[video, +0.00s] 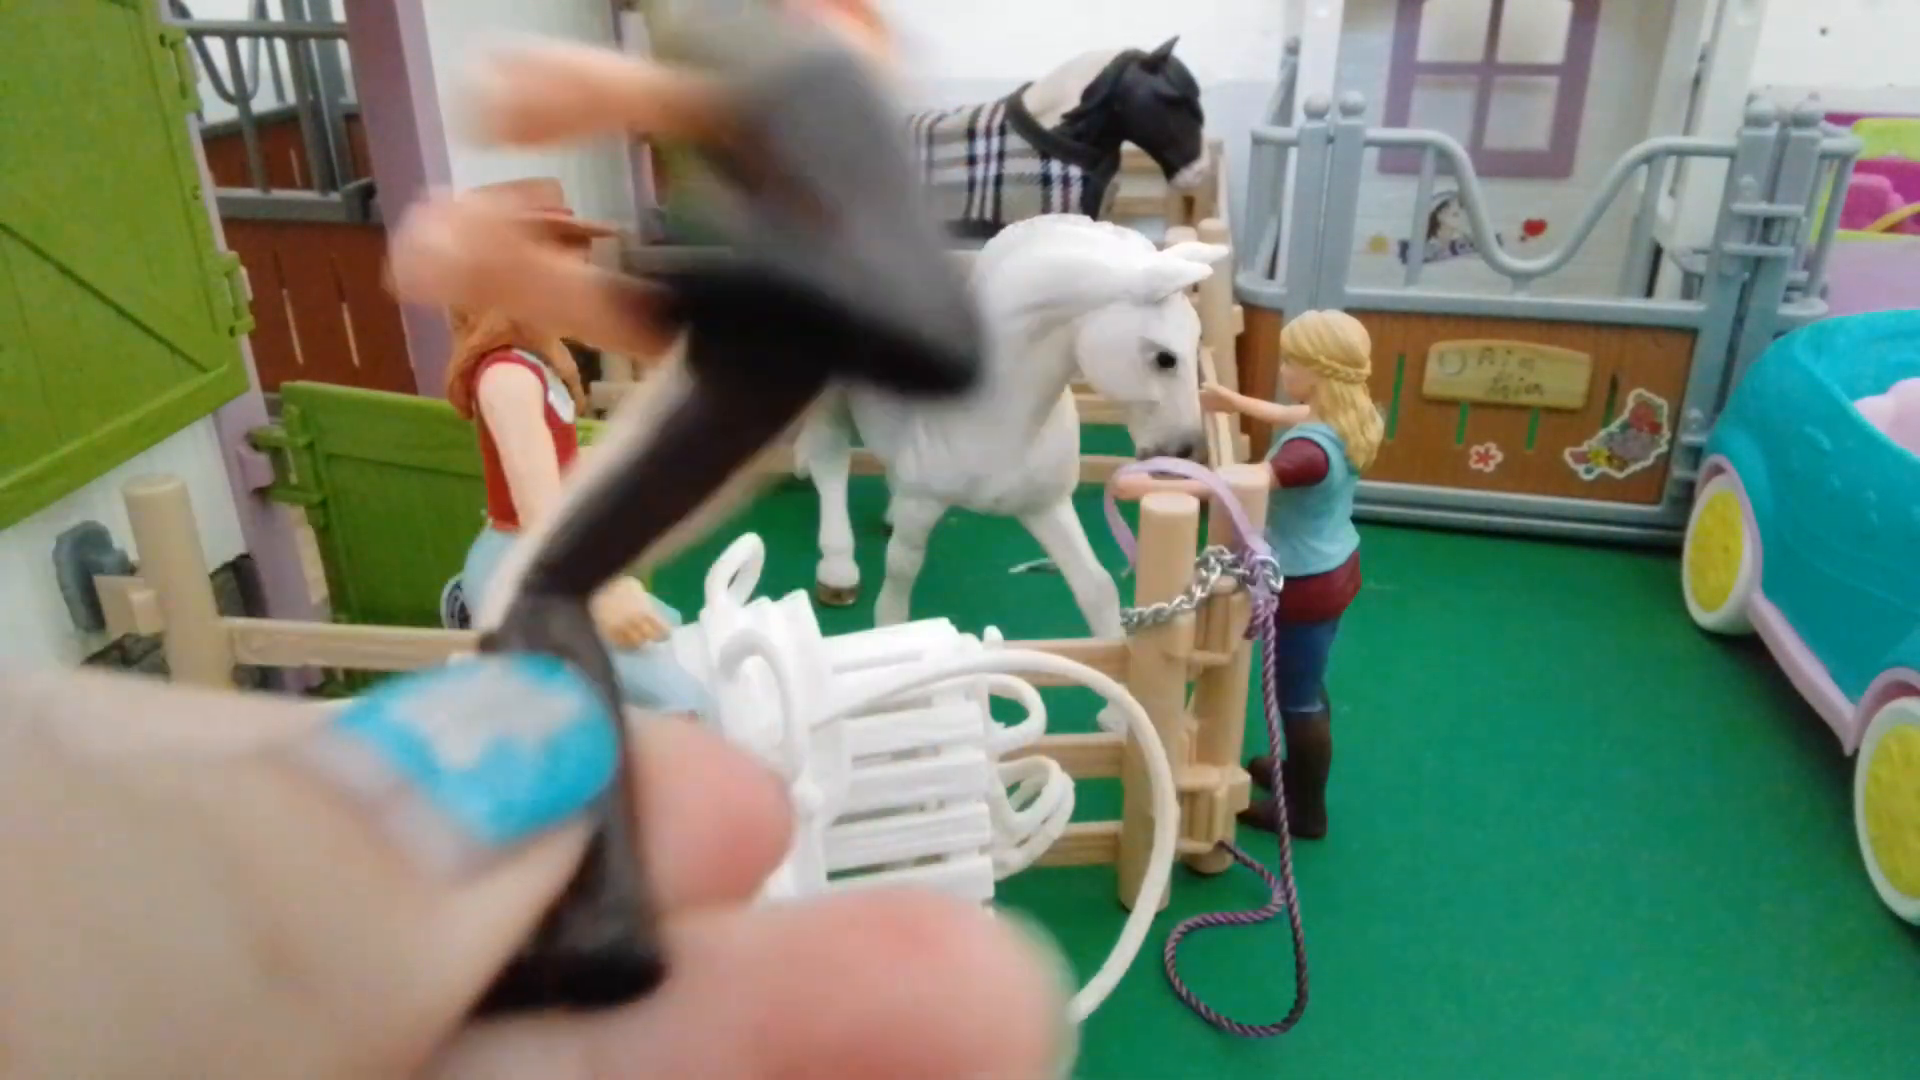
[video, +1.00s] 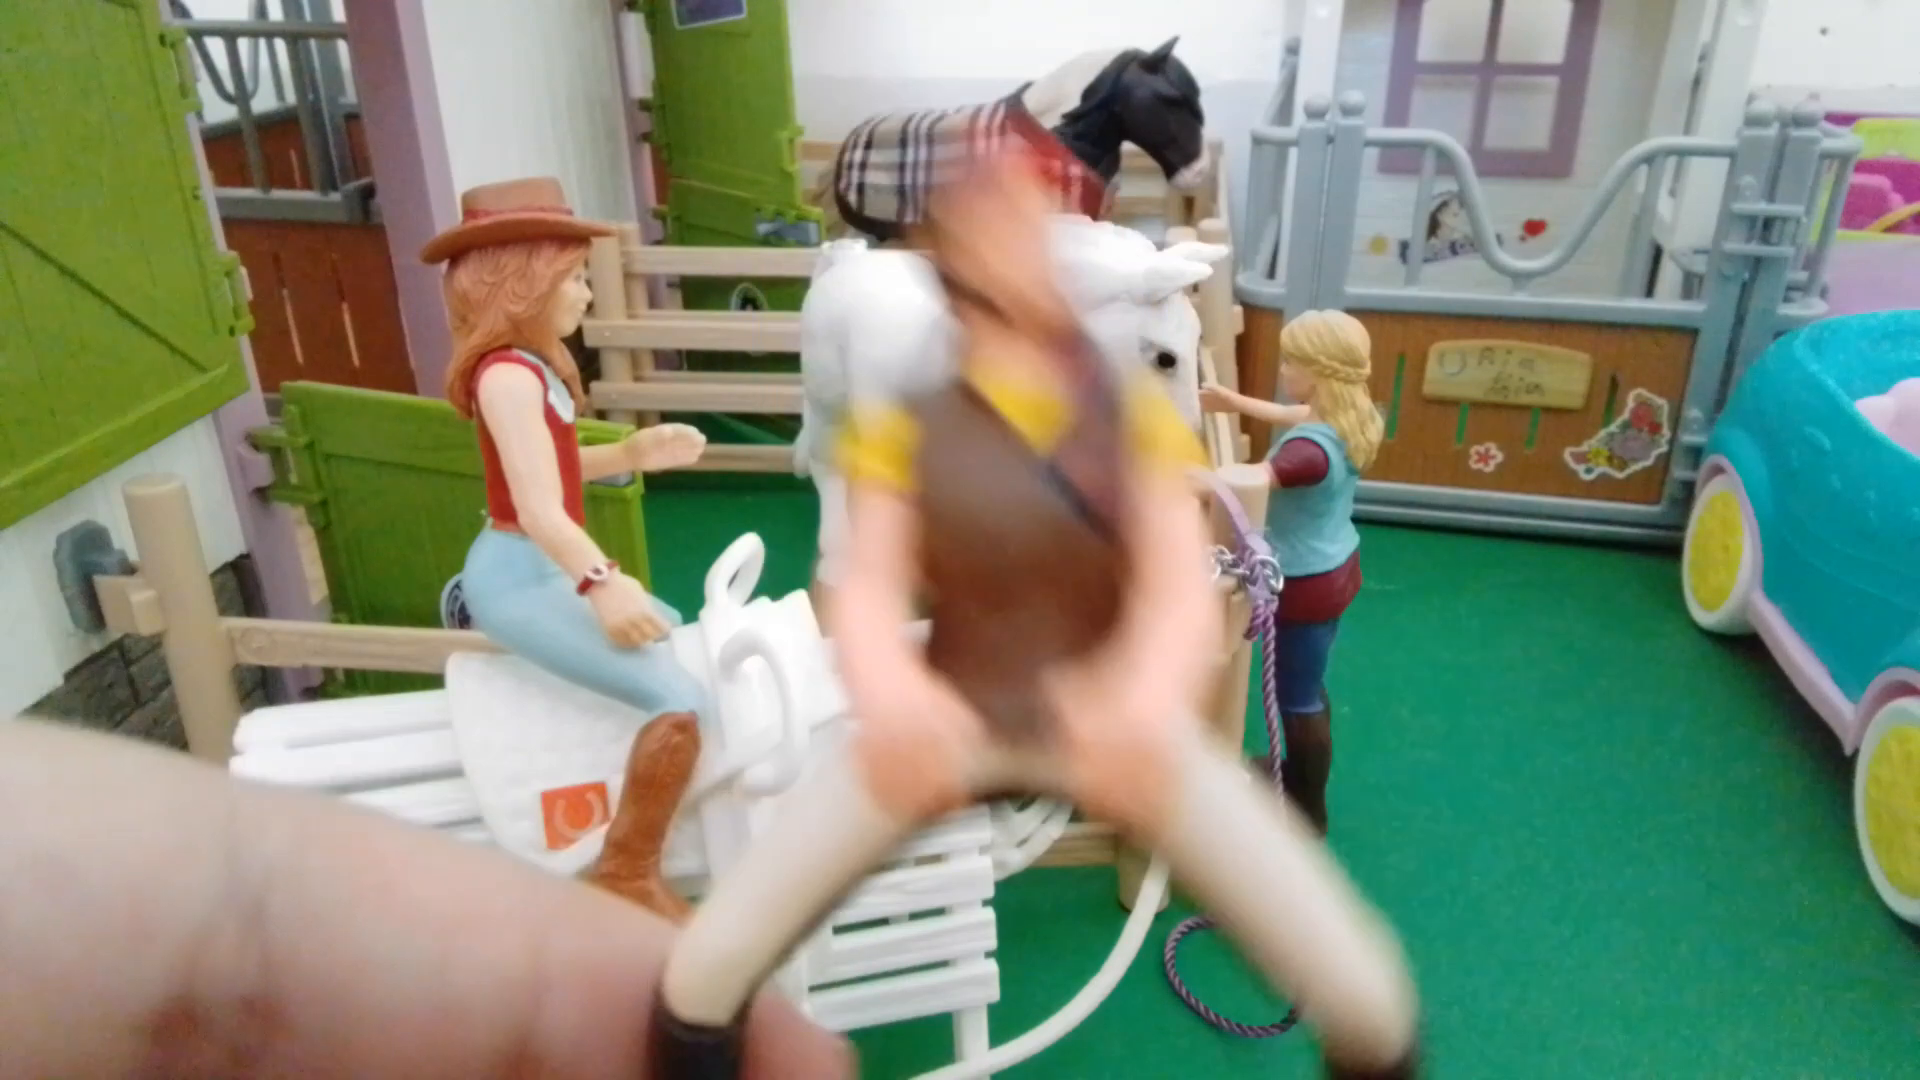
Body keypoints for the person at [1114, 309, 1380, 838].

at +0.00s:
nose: (1282, 370)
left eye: (1290, 361)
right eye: (1285, 359)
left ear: (1319, 372)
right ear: (1336, 372)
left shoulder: (1314, 447)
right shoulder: (1347, 417)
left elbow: (1242, 480)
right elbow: (1286, 415)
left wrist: (1157, 484)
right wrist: (1235, 401)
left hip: (1304, 588)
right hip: (1331, 567)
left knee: (1300, 701)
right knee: (1301, 682)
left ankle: (1303, 813)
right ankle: (1298, 773)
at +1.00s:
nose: (1282, 371)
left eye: (1290, 362)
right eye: (1285, 361)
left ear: (1317, 373)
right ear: (1333, 374)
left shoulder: (1316, 446)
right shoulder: (1347, 417)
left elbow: (1259, 476)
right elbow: (1292, 415)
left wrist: (1188, 479)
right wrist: (1238, 402)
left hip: (1305, 585)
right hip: (1332, 565)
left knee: (1298, 699)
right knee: (1302, 682)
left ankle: (1307, 812)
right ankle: (1295, 775)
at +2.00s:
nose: (1282, 370)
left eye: (1290, 361)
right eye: (1284, 360)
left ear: (1318, 372)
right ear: (1335, 372)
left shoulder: (1314, 447)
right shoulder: (1347, 417)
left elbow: (1243, 478)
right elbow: (1291, 415)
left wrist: (1158, 484)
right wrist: (1238, 401)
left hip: (1304, 588)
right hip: (1332, 567)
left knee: (1299, 701)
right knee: (1302, 682)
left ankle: (1304, 813)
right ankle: (1299, 774)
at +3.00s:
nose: (1282, 371)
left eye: (1290, 362)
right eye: (1284, 360)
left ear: (1319, 372)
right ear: (1334, 373)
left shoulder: (1316, 446)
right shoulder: (1348, 417)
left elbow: (1257, 477)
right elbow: (1288, 414)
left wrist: (1189, 481)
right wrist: (1237, 401)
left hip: (1305, 588)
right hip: (1334, 564)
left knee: (1298, 699)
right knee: (1305, 685)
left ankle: (1305, 813)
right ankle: (1303, 795)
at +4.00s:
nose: (1280, 369)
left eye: (1288, 362)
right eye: (1284, 360)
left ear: (1314, 374)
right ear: (1331, 372)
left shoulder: (1313, 447)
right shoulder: (1348, 417)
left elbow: (1251, 478)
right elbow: (1288, 416)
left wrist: (1163, 483)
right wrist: (1234, 401)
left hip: (1306, 587)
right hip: (1332, 568)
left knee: (1297, 700)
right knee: (1303, 682)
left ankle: (1305, 812)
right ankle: (1296, 773)